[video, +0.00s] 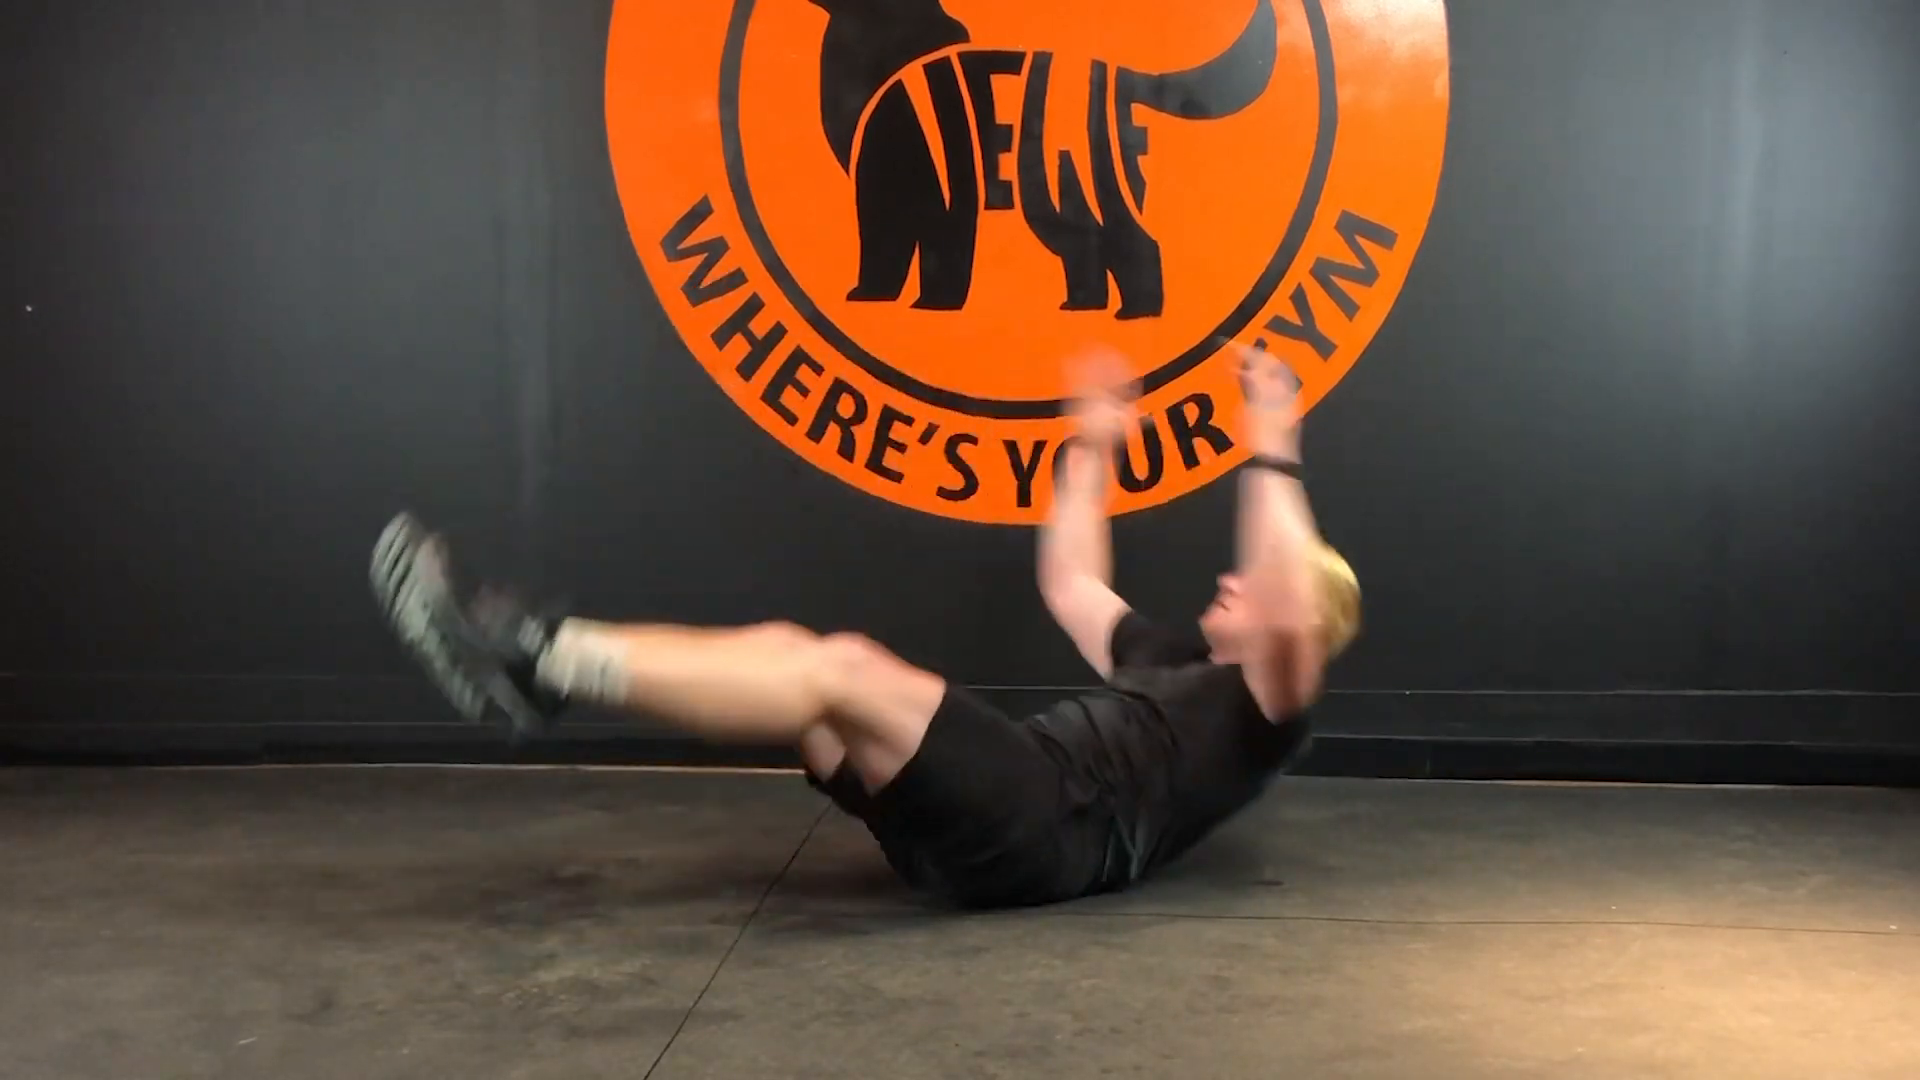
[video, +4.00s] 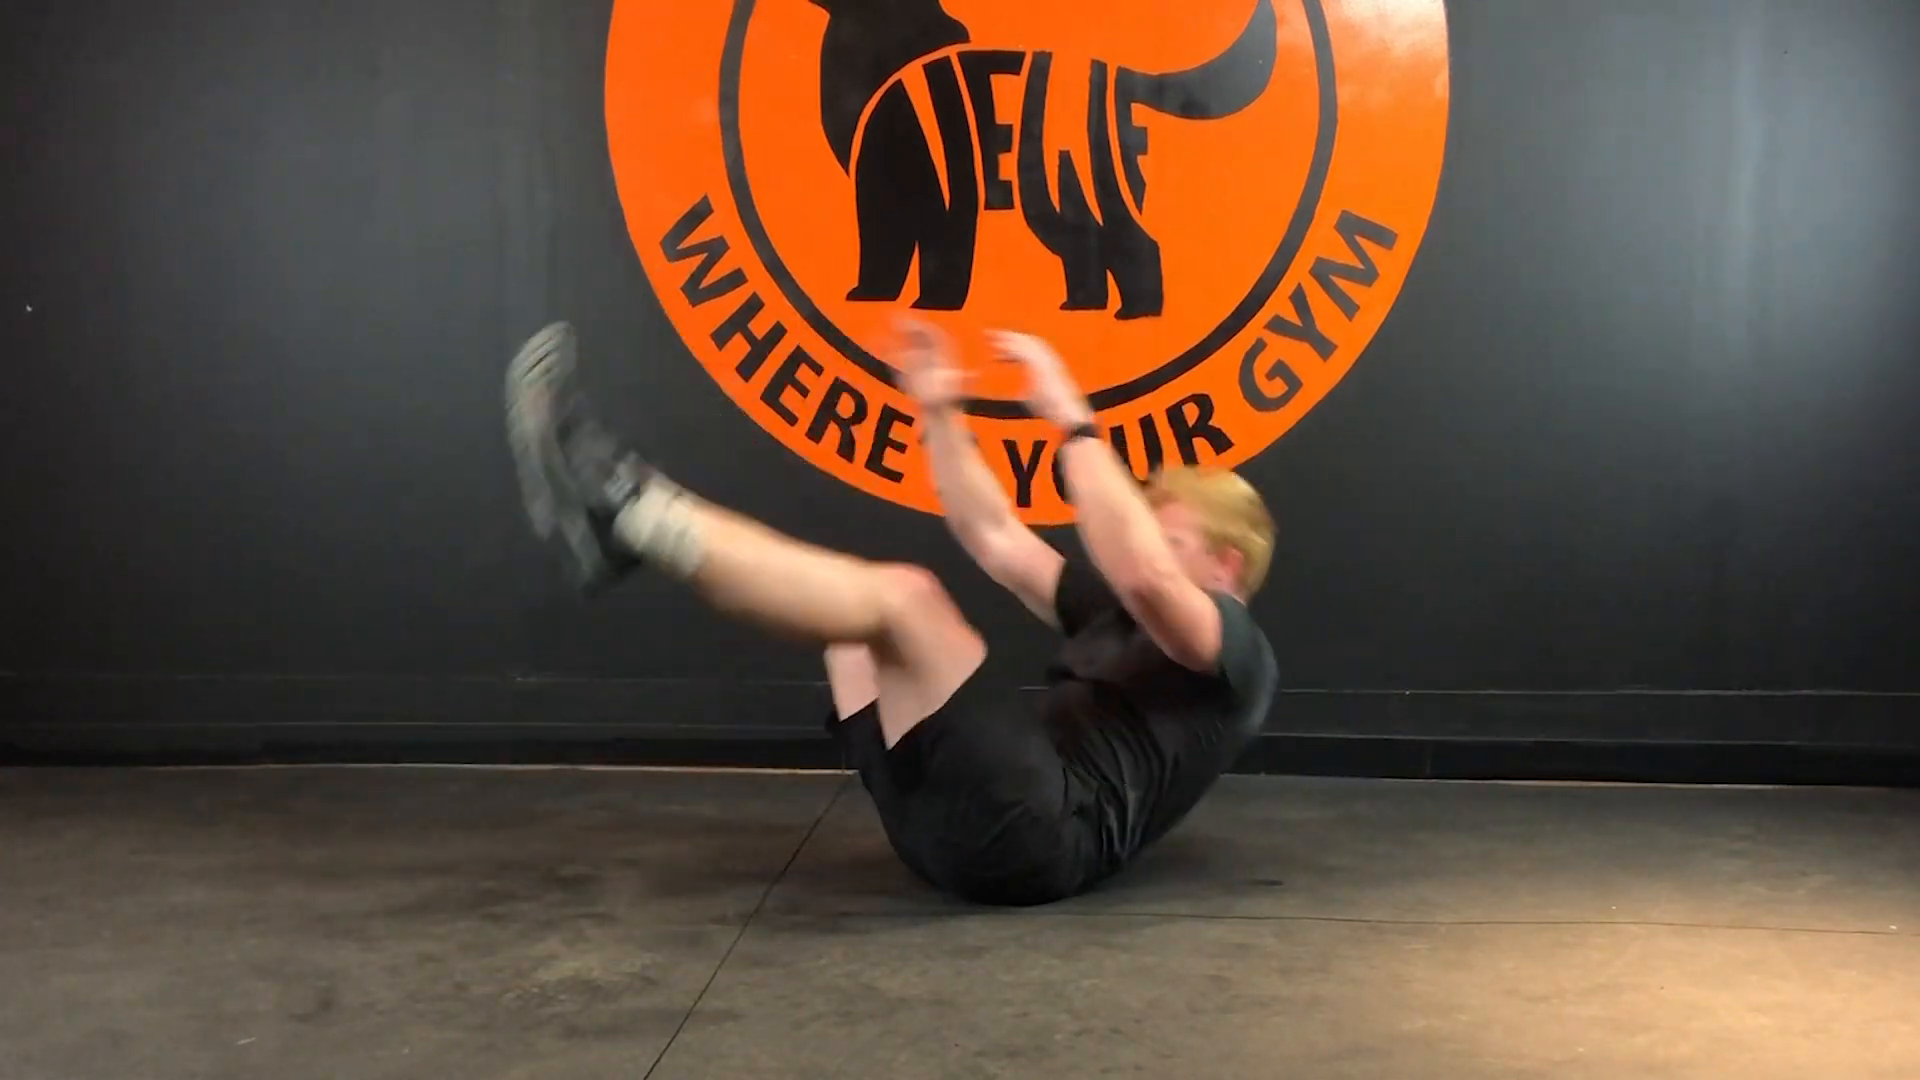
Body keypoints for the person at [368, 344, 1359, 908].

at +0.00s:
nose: (1223, 585)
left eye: (1253, 580)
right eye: (1236, 573)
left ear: (1302, 630)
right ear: (1233, 605)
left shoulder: (1257, 713)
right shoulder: (1169, 667)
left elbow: (1291, 621)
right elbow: (1076, 582)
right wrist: (1092, 445)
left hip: (1049, 826)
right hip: (986, 803)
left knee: (842, 667)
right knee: (794, 659)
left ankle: (547, 653)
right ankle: (519, 679)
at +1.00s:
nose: (1089, 518)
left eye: (1113, 509)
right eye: (1092, 504)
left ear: (1178, 530)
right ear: (1092, 507)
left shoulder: (1200, 610)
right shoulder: (1067, 584)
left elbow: (1067, 542)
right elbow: (951, 516)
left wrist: (956, 411)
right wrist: (870, 419)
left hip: (1032, 832)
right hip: (945, 823)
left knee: (968, 562)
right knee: (937, 553)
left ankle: (735, 444)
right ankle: (723, 445)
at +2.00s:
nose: (1290, 631)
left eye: (1315, 636)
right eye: (1298, 621)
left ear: (1347, 693)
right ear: (1291, 643)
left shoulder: (1302, 747)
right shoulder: (1215, 699)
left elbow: (1217, 666)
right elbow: (1097, 604)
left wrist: (1181, 526)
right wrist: (1079, 479)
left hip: (1052, 828)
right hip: (1008, 792)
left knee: (831, 692)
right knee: (794, 691)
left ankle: (538, 705)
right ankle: (529, 722)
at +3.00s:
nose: (1296, 659)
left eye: (1322, 668)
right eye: (1301, 653)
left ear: (1351, 716)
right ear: (1275, 679)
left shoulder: (1314, 778)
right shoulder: (1209, 736)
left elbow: (1453, 741)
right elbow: (1230, 686)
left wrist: (1500, 686)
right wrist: (1325, 644)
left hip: (1060, 811)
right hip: (995, 768)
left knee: (828, 784)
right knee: (773, 768)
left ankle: (512, 816)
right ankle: (512, 824)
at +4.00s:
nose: (1139, 538)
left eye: (1163, 529)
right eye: (1143, 524)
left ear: (1222, 565)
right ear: (1146, 529)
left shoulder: (1237, 659)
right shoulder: (1111, 610)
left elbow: (1139, 577)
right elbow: (995, 532)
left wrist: (1071, 415)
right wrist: (938, 405)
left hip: (1037, 832)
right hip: (961, 819)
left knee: (912, 599)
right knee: (855, 600)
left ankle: (636, 511)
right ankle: (611, 511)